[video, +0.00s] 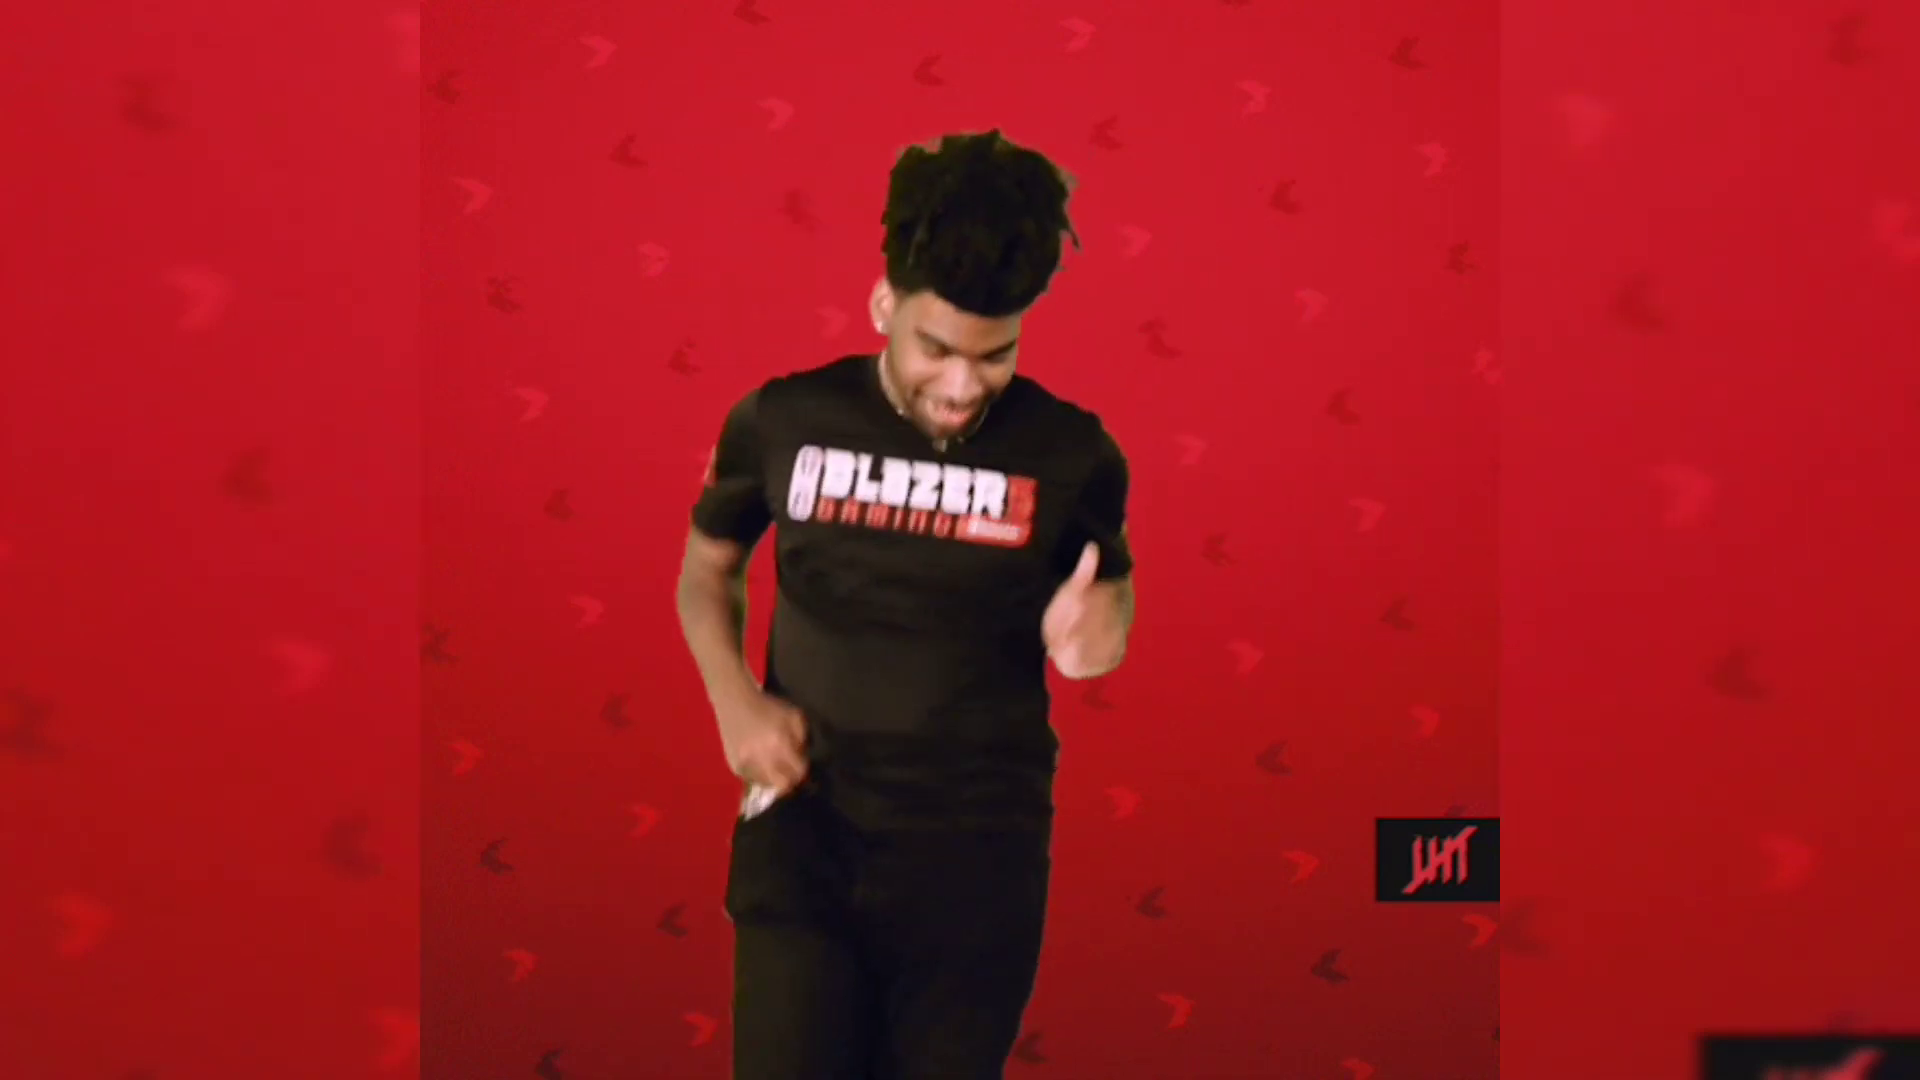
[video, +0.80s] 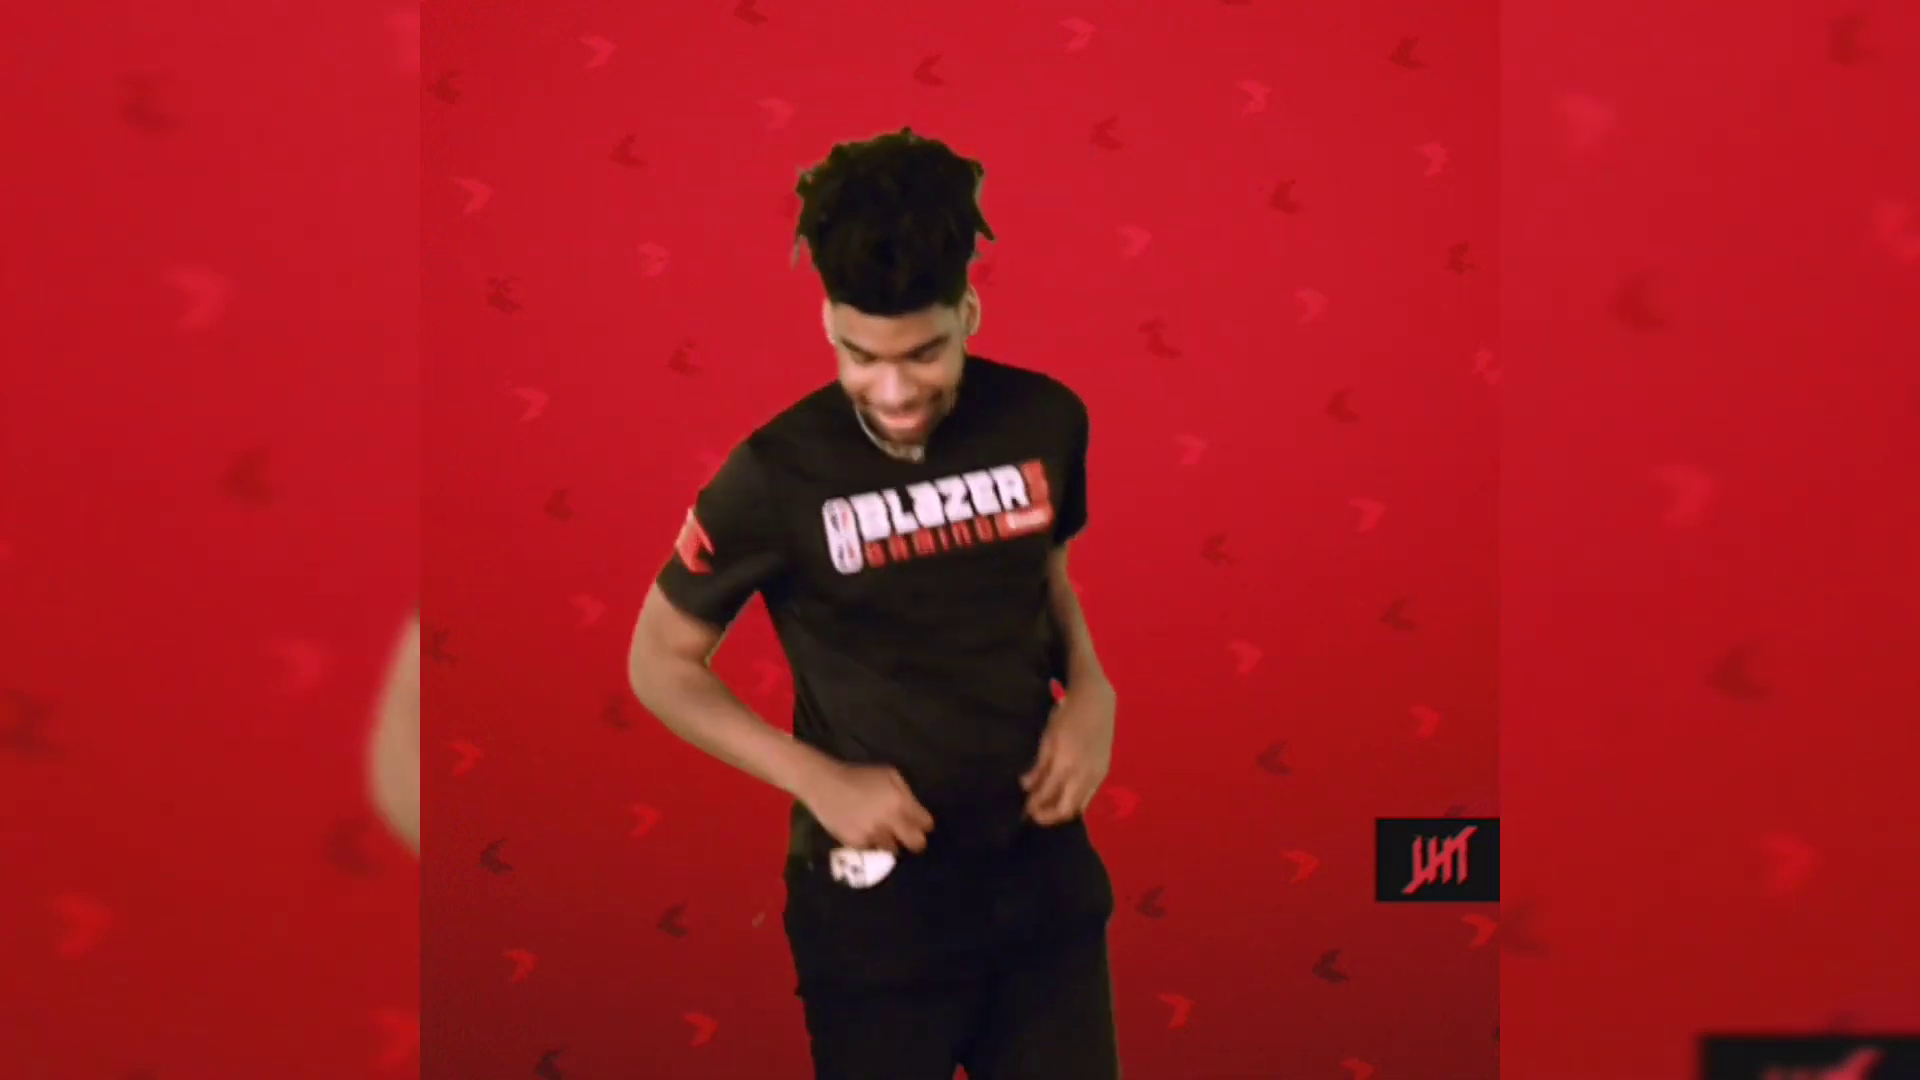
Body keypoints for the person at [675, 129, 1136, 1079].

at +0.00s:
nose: (962, 383)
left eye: (993, 354)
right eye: (936, 346)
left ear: (1027, 318)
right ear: (883, 304)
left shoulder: (1073, 456)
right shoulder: (781, 425)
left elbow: (1106, 592)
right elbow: (707, 572)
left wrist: (1089, 640)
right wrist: (735, 700)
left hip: (978, 853)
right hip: (806, 843)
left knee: (950, 1059)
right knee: (787, 1061)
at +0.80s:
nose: (894, 387)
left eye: (925, 353)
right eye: (860, 355)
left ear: (971, 311)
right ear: (827, 315)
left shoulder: (1043, 424)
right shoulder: (773, 481)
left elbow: (1045, 563)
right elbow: (660, 663)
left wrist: (1091, 688)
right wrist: (818, 780)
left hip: (1041, 883)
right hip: (872, 905)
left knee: (1071, 1062)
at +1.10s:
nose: (1003, 392)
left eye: (1033, 356)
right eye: (970, 358)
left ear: (1078, 315)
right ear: (936, 322)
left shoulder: (1139, 445)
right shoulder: (857, 478)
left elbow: (1134, 569)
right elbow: (728, 635)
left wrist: (1169, 693)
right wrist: (866, 775)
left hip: (1117, 880)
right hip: (945, 897)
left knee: (1133, 1061)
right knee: (973, 1061)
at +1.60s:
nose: (933, 365)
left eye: (967, 337)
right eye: (917, 329)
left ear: (1052, 321)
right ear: (903, 304)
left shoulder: (1148, 475)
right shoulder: (867, 443)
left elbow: (1222, 665)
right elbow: (822, 601)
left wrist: (1104, 746)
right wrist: (815, 731)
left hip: (1049, 906)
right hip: (878, 892)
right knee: (849, 1063)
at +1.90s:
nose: (835, 350)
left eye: (872, 320)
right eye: (818, 315)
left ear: (951, 300)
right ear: (802, 292)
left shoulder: (1064, 451)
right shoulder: (777, 432)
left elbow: (1138, 627)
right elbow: (753, 579)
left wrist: (1027, 723)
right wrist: (734, 684)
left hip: (958, 867)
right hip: (783, 849)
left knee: (918, 1062)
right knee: (758, 1061)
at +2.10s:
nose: (868, 363)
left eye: (893, 329)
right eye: (836, 332)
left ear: (920, 302)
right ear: (773, 306)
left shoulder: (1003, 433)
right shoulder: (706, 457)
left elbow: (1081, 591)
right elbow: (670, 605)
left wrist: (1005, 716)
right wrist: (705, 720)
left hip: (951, 868)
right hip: (771, 868)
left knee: (942, 1064)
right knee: (760, 1064)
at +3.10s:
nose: (902, 383)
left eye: (937, 351)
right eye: (875, 345)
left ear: (985, 318)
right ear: (843, 310)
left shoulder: (1075, 446)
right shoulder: (779, 468)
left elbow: (1140, 587)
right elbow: (738, 673)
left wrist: (1103, 732)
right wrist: (805, 812)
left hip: (1039, 848)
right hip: (865, 859)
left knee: (988, 1059)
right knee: (875, 1063)